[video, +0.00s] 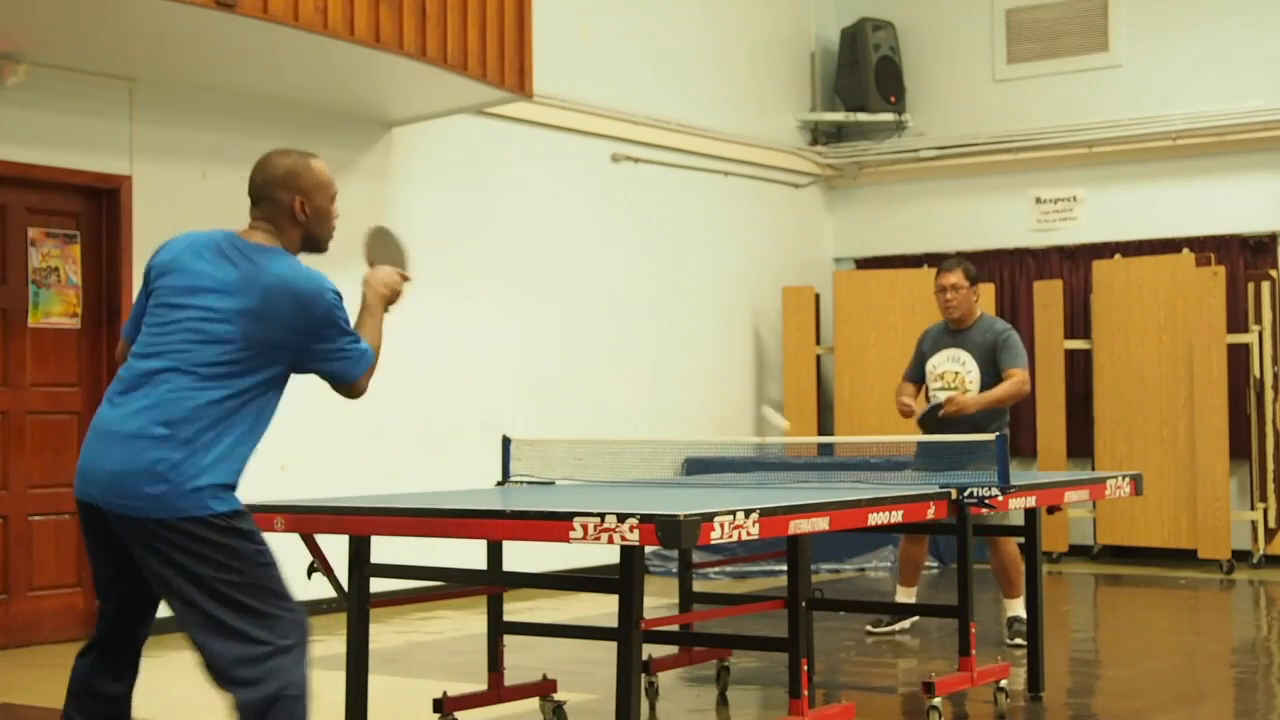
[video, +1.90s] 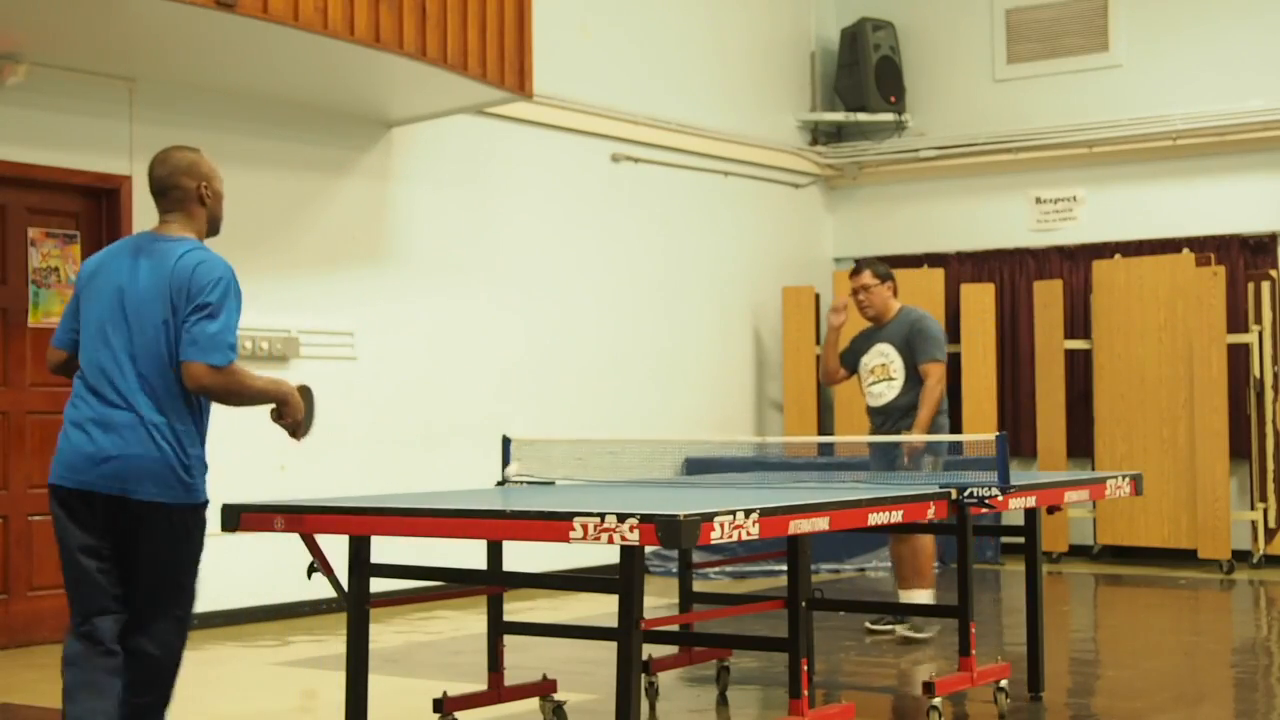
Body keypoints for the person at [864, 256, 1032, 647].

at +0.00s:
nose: (947, 297)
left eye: (955, 290)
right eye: (941, 291)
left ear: (974, 291)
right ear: (935, 295)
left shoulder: (1000, 334)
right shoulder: (930, 338)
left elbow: (1020, 384)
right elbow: (908, 387)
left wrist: (975, 401)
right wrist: (907, 402)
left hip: (982, 449)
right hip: (933, 449)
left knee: (996, 528)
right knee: (914, 524)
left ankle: (1016, 615)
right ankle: (904, 609)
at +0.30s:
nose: (943, 303)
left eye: (950, 294)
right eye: (938, 297)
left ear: (972, 294)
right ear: (935, 299)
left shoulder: (995, 327)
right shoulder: (940, 337)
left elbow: (994, 353)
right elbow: (912, 384)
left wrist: (946, 353)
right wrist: (902, 371)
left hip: (983, 447)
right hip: (937, 446)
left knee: (992, 528)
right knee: (912, 519)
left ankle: (1016, 614)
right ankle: (900, 606)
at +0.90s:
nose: (939, 299)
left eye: (947, 291)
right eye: (933, 292)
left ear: (965, 294)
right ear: (926, 298)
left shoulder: (988, 336)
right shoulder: (917, 339)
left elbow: (1014, 382)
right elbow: (891, 384)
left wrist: (974, 399)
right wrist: (895, 396)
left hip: (977, 450)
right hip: (925, 450)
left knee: (997, 526)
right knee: (910, 525)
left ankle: (1025, 611)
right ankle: (904, 610)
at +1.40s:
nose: (925, 307)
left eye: (932, 298)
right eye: (920, 301)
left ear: (955, 301)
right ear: (917, 307)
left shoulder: (983, 344)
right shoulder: (925, 346)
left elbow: (987, 403)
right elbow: (910, 392)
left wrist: (945, 442)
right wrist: (891, 393)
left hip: (980, 457)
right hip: (935, 455)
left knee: (998, 531)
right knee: (909, 520)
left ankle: (1025, 614)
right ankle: (910, 610)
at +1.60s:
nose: (895, 302)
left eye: (902, 294)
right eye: (891, 296)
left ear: (926, 295)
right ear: (890, 302)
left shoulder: (952, 335)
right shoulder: (900, 341)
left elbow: (950, 395)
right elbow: (866, 379)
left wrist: (926, 442)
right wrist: (866, 340)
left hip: (955, 447)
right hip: (909, 448)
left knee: (979, 523)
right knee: (897, 523)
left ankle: (1017, 609)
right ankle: (909, 610)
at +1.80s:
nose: (870, 298)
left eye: (876, 290)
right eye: (866, 293)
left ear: (901, 288)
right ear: (866, 297)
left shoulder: (929, 325)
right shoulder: (876, 335)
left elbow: (940, 382)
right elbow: (838, 367)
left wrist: (920, 435)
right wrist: (843, 325)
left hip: (933, 438)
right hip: (890, 441)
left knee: (939, 519)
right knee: (897, 523)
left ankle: (966, 603)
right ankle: (908, 610)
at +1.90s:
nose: (860, 298)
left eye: (867, 290)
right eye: (856, 293)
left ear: (889, 289)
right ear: (854, 297)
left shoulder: (919, 324)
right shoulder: (865, 340)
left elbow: (936, 379)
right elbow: (829, 376)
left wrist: (917, 433)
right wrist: (833, 330)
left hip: (920, 441)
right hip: (884, 444)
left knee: (918, 521)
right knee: (897, 523)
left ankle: (924, 612)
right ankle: (906, 608)